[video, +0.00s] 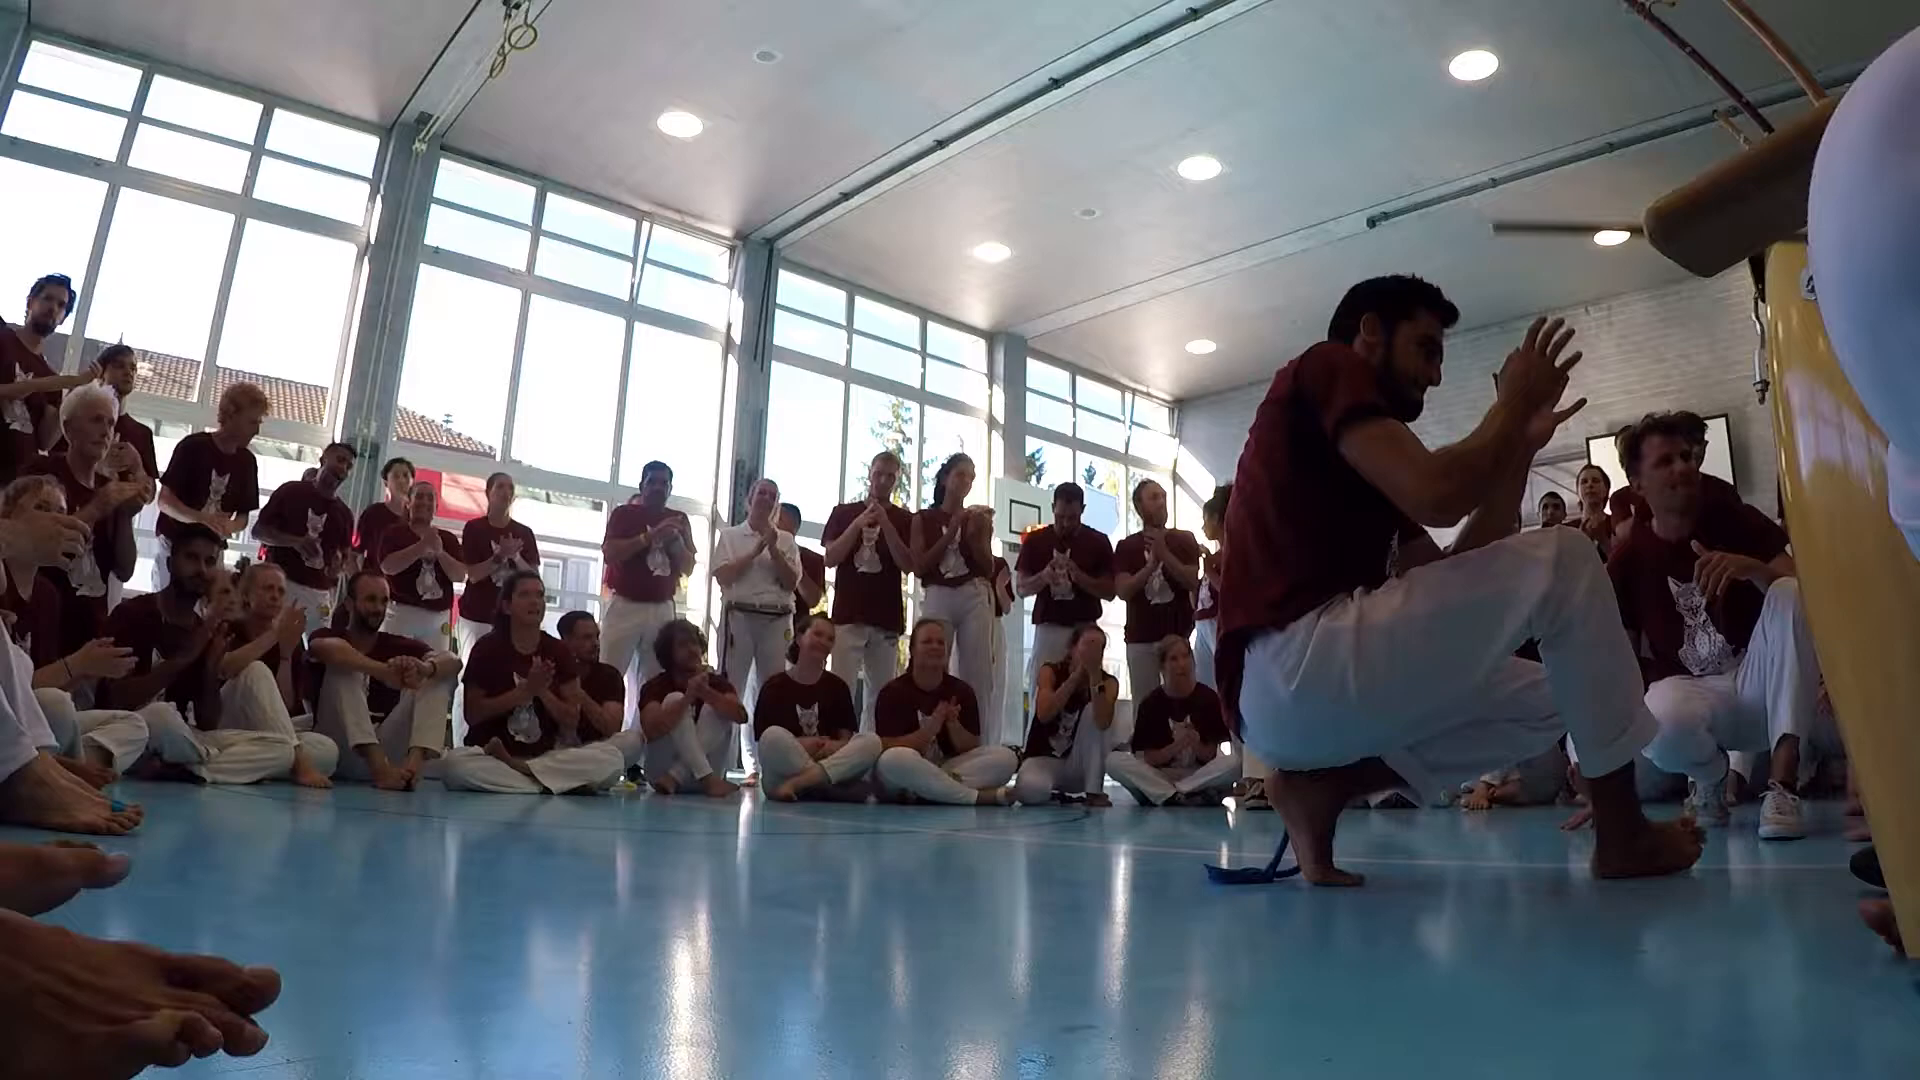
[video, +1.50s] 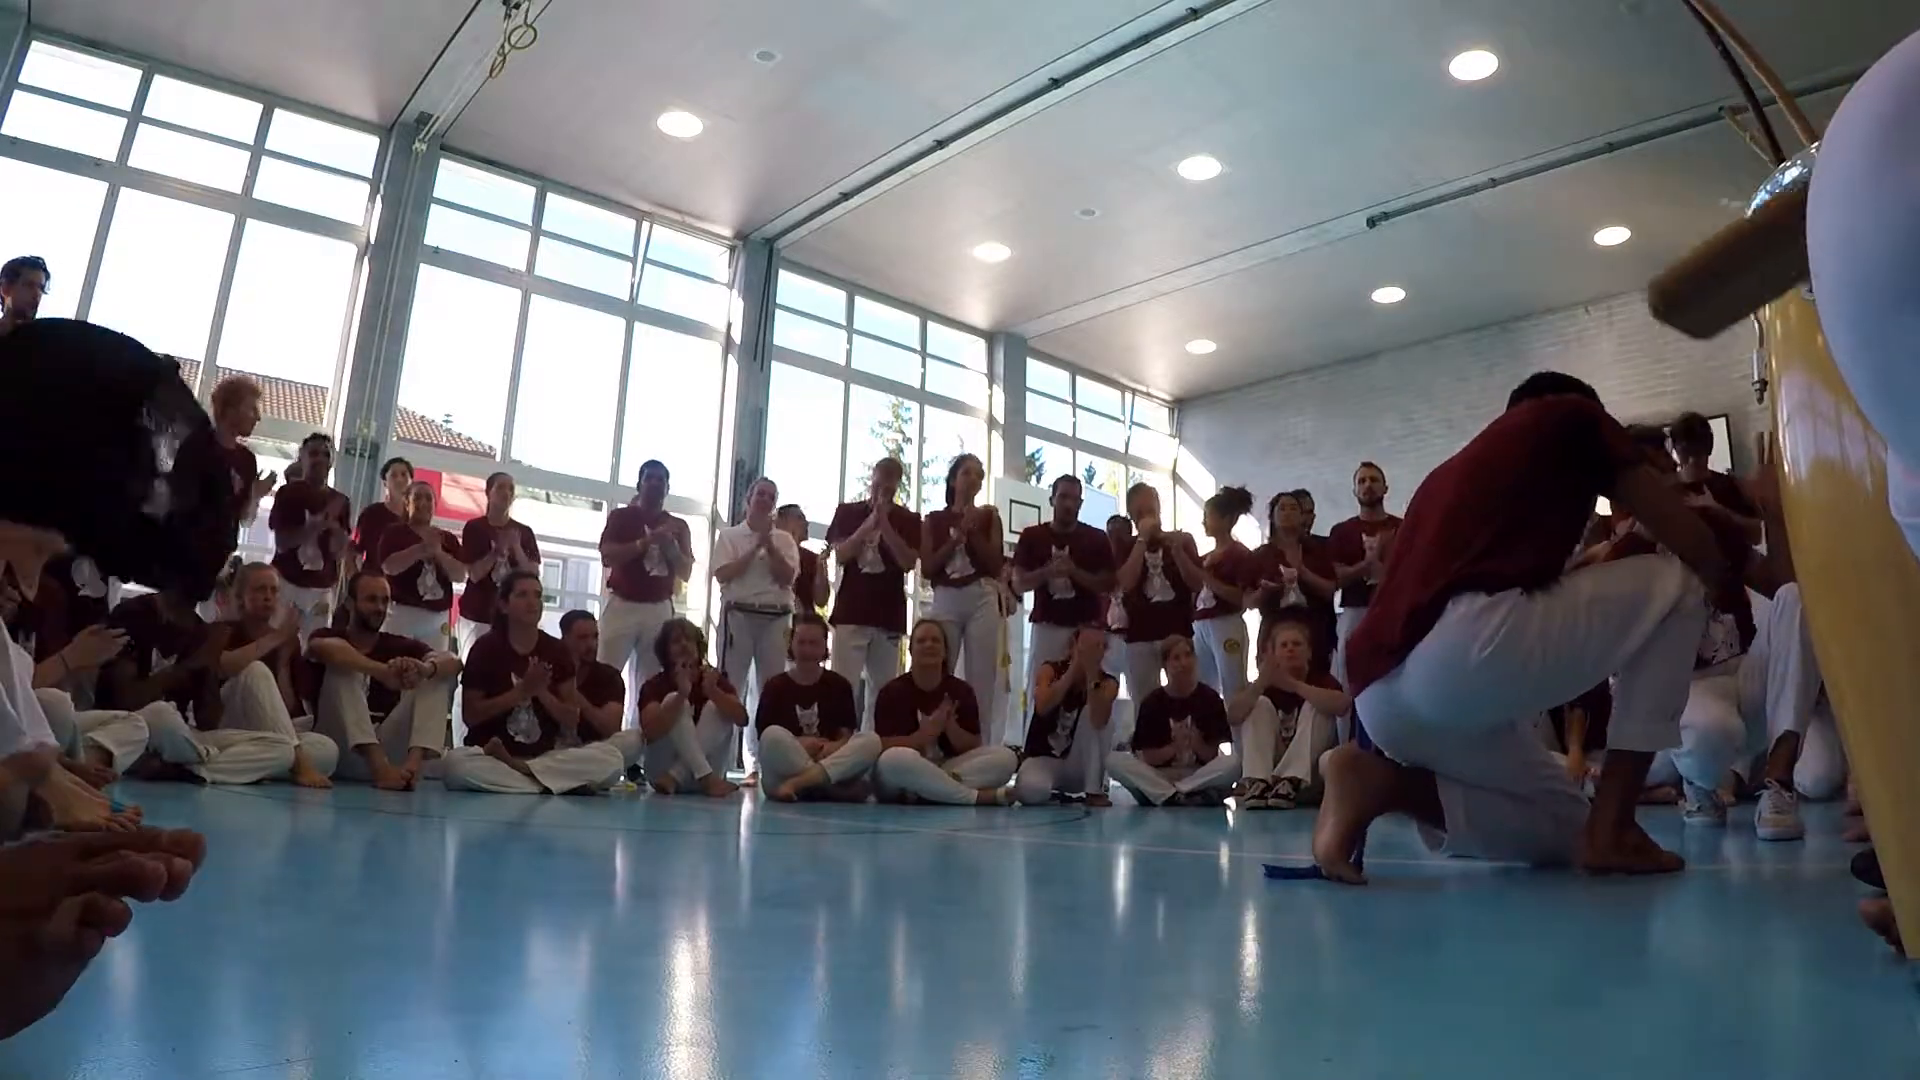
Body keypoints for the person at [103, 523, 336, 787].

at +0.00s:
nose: (202, 570)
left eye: (210, 562)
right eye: (191, 558)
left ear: (218, 569)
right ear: (171, 560)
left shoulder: (206, 627)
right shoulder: (134, 612)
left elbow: (208, 721)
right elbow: (119, 699)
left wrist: (211, 665)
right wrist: (188, 654)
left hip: (189, 737)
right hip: (136, 737)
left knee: (285, 752)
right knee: (161, 714)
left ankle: (185, 771)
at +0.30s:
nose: (273, 596)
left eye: (279, 591)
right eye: (265, 589)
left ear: (284, 598)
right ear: (244, 594)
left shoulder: (286, 636)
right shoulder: (225, 629)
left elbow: (289, 703)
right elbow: (224, 669)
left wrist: (284, 657)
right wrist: (276, 636)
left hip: (269, 731)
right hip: (226, 723)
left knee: (327, 751)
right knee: (256, 671)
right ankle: (299, 761)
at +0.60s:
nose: (202, 573)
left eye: (211, 565)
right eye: (193, 562)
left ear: (220, 571)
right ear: (173, 562)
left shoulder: (202, 631)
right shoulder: (132, 612)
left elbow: (208, 720)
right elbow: (123, 702)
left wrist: (218, 672)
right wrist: (171, 653)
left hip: (184, 736)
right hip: (134, 738)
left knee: (284, 750)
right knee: (161, 714)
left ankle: (188, 773)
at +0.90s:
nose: (209, 574)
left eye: (216, 566)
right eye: (200, 563)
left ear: (220, 571)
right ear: (175, 563)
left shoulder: (204, 631)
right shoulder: (135, 612)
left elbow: (207, 720)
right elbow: (124, 702)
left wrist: (221, 672)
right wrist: (175, 658)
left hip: (184, 735)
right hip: (131, 735)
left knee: (284, 751)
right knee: (161, 715)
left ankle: (181, 771)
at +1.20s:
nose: (210, 574)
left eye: (216, 566)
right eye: (201, 562)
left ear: (221, 572)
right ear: (175, 563)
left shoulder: (203, 629)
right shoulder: (135, 612)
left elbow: (208, 721)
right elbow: (124, 699)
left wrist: (216, 674)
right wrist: (190, 666)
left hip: (181, 736)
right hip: (131, 735)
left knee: (283, 751)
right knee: (162, 714)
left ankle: (186, 771)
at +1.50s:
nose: (268, 597)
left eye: (273, 590)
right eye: (259, 590)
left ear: (279, 595)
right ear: (241, 595)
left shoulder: (286, 639)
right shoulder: (223, 630)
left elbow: (291, 710)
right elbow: (222, 668)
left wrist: (283, 663)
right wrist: (278, 637)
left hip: (272, 731)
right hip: (225, 724)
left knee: (327, 751)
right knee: (255, 672)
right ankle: (298, 762)